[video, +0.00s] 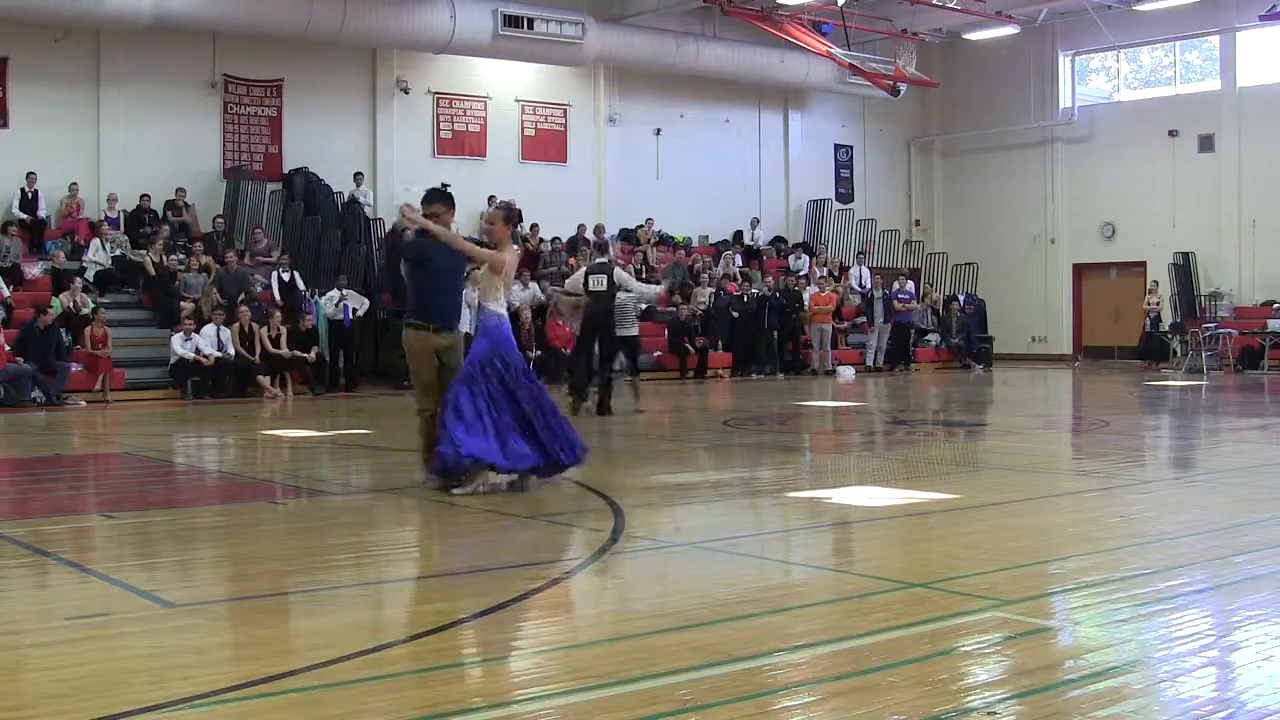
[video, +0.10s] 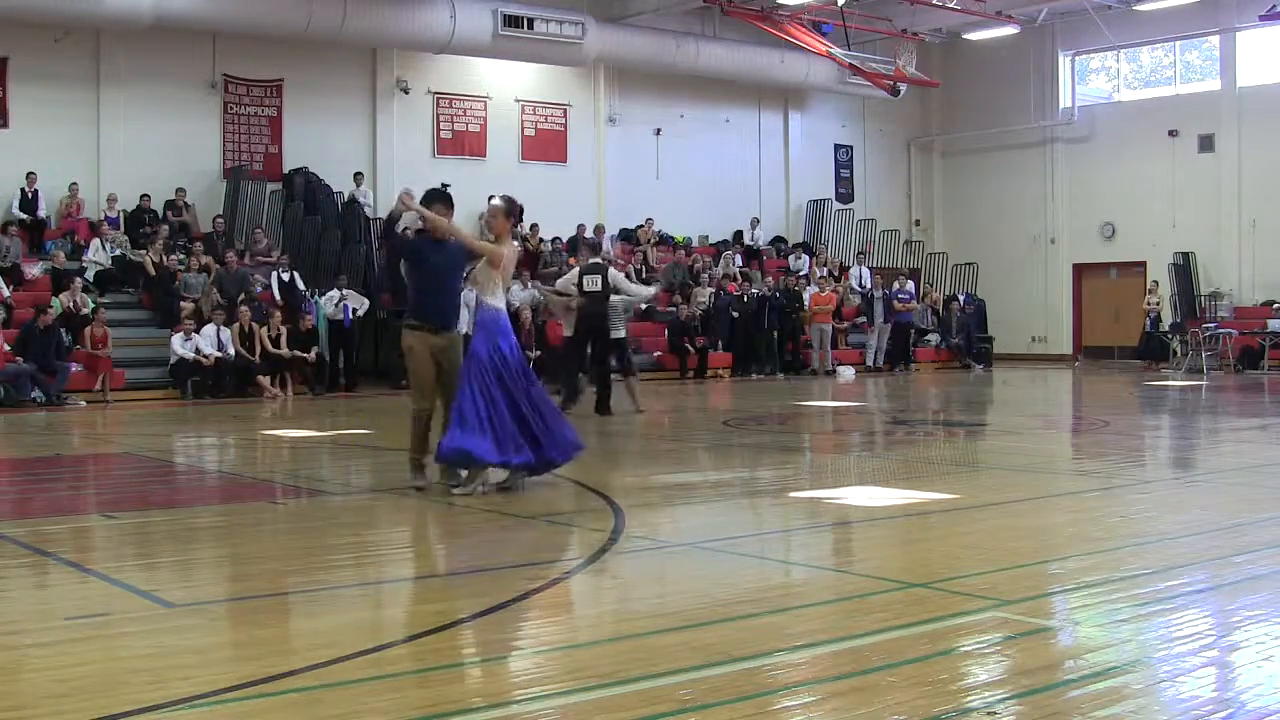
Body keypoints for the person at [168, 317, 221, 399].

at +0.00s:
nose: (188, 327)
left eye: (190, 325)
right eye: (186, 325)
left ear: (194, 326)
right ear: (182, 326)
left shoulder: (196, 337)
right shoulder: (175, 338)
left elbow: (204, 348)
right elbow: (178, 351)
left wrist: (211, 355)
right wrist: (198, 358)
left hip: (192, 363)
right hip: (177, 365)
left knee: (206, 363)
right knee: (183, 361)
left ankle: (202, 392)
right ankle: (184, 392)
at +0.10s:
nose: (188, 327)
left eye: (191, 325)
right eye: (186, 325)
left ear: (194, 326)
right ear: (182, 326)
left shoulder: (196, 337)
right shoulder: (175, 338)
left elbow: (204, 348)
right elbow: (178, 351)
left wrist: (211, 355)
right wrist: (198, 358)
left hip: (192, 363)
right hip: (177, 365)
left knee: (206, 363)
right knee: (183, 361)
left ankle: (202, 392)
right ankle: (184, 392)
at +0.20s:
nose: (188, 327)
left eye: (191, 325)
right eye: (186, 325)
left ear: (194, 326)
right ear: (182, 326)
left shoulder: (196, 337)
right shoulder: (175, 338)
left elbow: (204, 348)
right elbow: (178, 351)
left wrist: (211, 355)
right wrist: (198, 358)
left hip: (192, 363)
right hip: (177, 365)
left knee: (206, 363)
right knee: (183, 361)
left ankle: (202, 392)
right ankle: (184, 392)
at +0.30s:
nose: (188, 327)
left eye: (190, 325)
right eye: (185, 325)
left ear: (194, 326)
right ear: (182, 326)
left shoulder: (196, 337)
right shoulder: (175, 338)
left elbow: (204, 347)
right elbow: (179, 352)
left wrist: (211, 355)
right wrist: (199, 358)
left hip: (192, 363)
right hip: (177, 364)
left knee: (208, 364)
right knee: (183, 361)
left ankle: (202, 392)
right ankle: (184, 392)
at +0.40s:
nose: (188, 327)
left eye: (190, 325)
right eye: (185, 325)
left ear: (194, 326)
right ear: (182, 326)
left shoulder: (196, 337)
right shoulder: (175, 338)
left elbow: (204, 347)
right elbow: (179, 352)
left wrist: (211, 355)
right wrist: (199, 358)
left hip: (192, 363)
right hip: (177, 364)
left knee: (208, 364)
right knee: (183, 361)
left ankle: (202, 392)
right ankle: (184, 392)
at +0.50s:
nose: (188, 327)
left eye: (190, 325)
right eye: (185, 325)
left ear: (194, 326)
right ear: (182, 326)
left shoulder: (196, 337)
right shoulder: (175, 338)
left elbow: (204, 348)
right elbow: (179, 351)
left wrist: (211, 355)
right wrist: (199, 358)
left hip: (192, 363)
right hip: (177, 364)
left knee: (208, 364)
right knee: (183, 361)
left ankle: (202, 392)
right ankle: (184, 392)